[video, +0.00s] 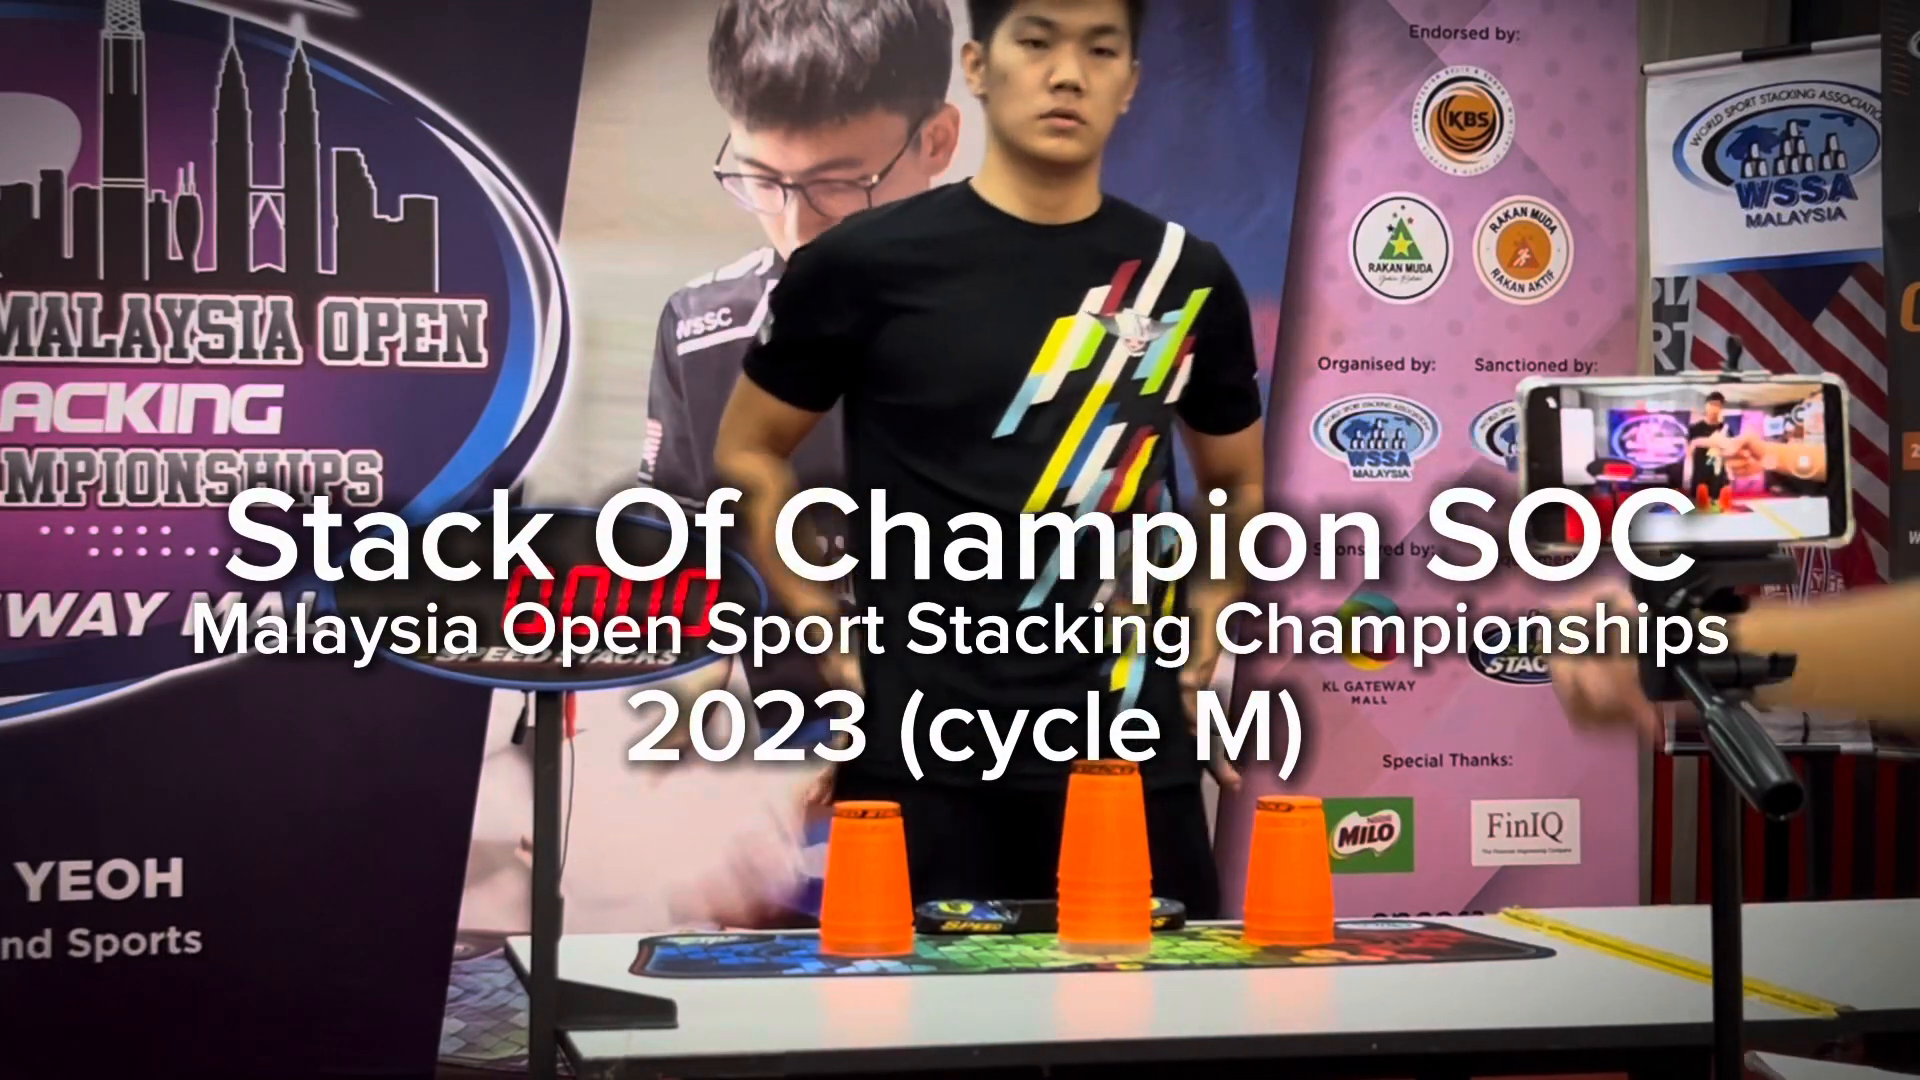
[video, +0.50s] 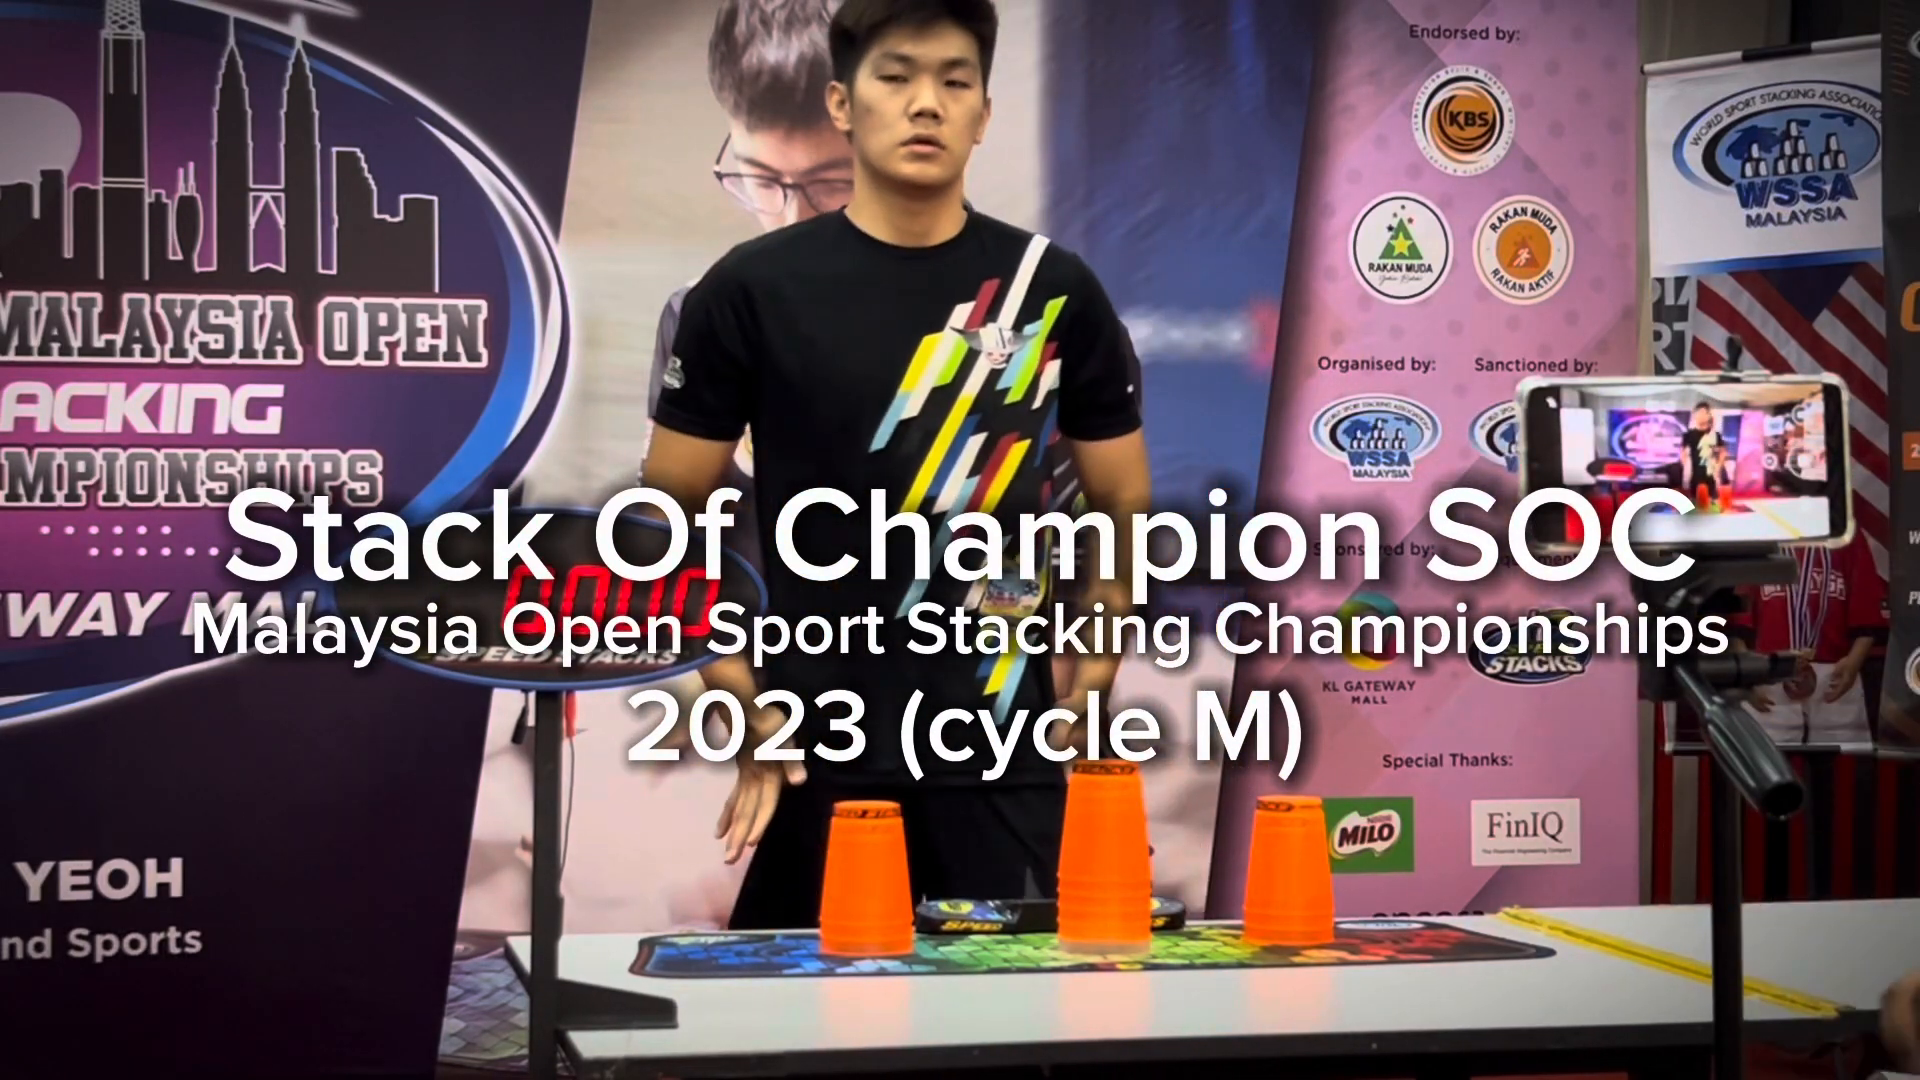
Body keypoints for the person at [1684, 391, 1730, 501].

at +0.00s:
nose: (1714, 410)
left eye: (1717, 406)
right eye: (1711, 405)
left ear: (1721, 409)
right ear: (1705, 407)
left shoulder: (1726, 429)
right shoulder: (1694, 429)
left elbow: (1728, 456)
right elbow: (1689, 458)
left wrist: (1731, 479)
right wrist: (1686, 484)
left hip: (1720, 482)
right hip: (1699, 481)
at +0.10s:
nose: (1712, 410)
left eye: (1715, 406)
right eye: (1709, 406)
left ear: (1720, 409)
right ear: (1704, 408)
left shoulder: (1725, 430)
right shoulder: (1695, 430)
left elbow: (1729, 456)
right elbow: (1689, 457)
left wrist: (1730, 478)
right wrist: (1687, 481)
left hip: (1719, 480)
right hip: (1700, 479)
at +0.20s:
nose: (1711, 411)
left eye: (1714, 408)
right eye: (1708, 407)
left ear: (1718, 410)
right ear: (1703, 410)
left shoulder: (1722, 431)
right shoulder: (1695, 431)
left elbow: (1725, 455)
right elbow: (1689, 454)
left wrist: (1729, 478)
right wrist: (1687, 480)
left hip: (1717, 478)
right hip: (1700, 477)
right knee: (1700, 502)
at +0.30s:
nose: (1708, 412)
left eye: (1711, 408)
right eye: (1705, 408)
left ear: (1715, 411)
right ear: (1700, 411)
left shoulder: (1720, 433)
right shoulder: (1693, 433)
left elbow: (1724, 454)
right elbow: (1687, 457)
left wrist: (1725, 472)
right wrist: (1686, 479)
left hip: (1716, 476)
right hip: (1699, 476)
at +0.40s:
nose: (1706, 414)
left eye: (1708, 410)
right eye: (1703, 411)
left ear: (1712, 413)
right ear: (1697, 414)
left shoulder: (1718, 434)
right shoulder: (1692, 434)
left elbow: (1723, 452)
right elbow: (1685, 453)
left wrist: (1722, 468)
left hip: (1714, 474)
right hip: (1698, 475)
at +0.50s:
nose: (1702, 416)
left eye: (1705, 413)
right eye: (1699, 413)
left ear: (1709, 415)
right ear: (1694, 415)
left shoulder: (1715, 435)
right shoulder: (1689, 435)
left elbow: (1722, 451)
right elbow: (1684, 452)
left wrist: (1719, 465)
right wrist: (1686, 465)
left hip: (1711, 468)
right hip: (1695, 469)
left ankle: (1714, 500)